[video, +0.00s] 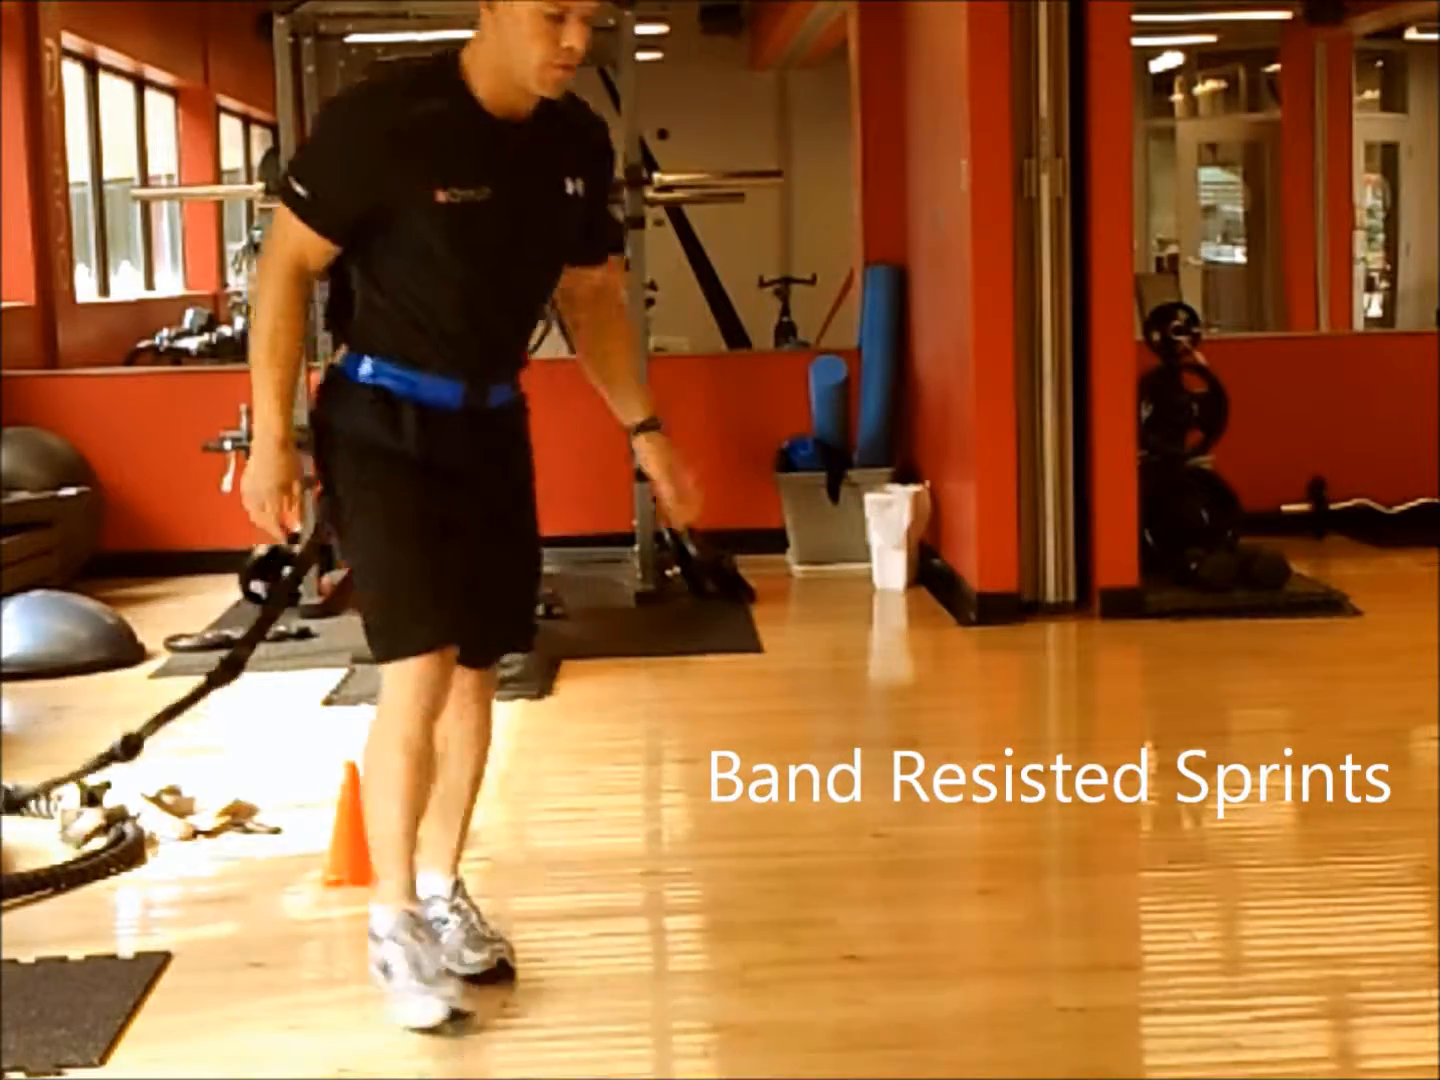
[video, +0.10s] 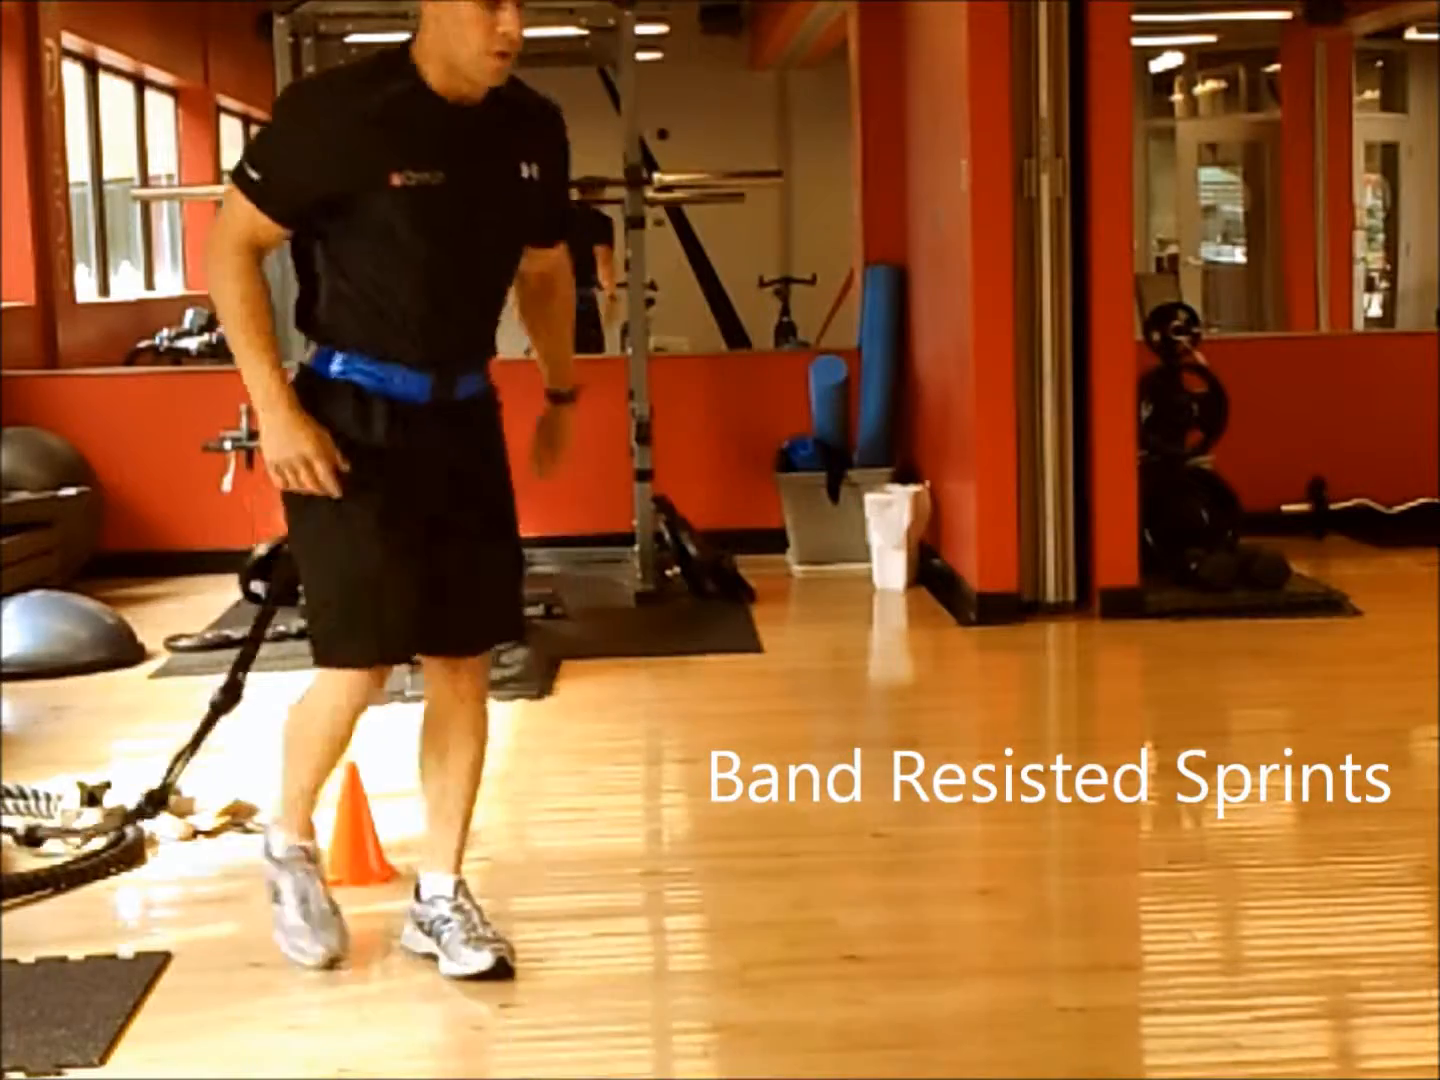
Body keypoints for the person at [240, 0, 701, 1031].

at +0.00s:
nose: (576, 42)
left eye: (589, 24)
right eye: (555, 19)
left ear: (595, 29)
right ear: (491, 11)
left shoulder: (577, 141)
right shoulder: (379, 117)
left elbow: (595, 298)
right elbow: (286, 267)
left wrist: (646, 427)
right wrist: (269, 436)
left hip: (491, 420)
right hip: (381, 415)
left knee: (474, 664)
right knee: (420, 660)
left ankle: (437, 891)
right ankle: (392, 923)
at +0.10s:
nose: (514, 23)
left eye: (520, 5)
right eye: (490, 4)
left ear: (522, 15)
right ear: (429, 11)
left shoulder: (532, 125)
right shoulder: (333, 113)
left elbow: (544, 270)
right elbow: (230, 251)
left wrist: (561, 388)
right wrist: (274, 409)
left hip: (463, 419)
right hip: (347, 416)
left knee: (461, 662)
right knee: (358, 657)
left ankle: (442, 889)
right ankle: (288, 840)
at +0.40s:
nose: (356, 100)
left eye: (368, 79)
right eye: (337, 78)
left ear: (376, 75)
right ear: (277, 63)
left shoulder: (372, 168)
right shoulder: (199, 173)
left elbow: (380, 294)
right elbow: (132, 324)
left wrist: (439, 413)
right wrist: (238, 418)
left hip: (343, 449)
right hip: (224, 460)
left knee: (386, 652)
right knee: (198, 666)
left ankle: (431, 885)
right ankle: (180, 840)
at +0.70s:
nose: (271, 70)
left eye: (280, 49)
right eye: (250, 48)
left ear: (286, 49)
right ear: (191, 42)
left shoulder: (306, 151)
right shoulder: (117, 156)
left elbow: (336, 273)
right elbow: (59, 300)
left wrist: (349, 377)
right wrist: (119, 433)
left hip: (278, 423)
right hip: (168, 430)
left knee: (319, 621)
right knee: (170, 646)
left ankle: (267, 809)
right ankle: (177, 840)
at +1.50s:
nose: (354, 165)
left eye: (368, 147)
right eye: (336, 142)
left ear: (377, 147)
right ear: (282, 129)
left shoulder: (376, 236)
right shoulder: (189, 203)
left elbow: (407, 351)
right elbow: (59, 270)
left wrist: (419, 427)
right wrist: (36, 410)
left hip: (271, 469)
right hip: (171, 455)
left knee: (234, 647)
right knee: (230, 634)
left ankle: (175, 801)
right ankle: (179, 830)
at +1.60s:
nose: (385, 230)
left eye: (396, 208)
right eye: (367, 207)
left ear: (407, 198)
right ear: (309, 187)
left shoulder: (407, 261)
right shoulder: (209, 232)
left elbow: (446, 375)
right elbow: (60, 256)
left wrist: (452, 401)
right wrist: (27, 383)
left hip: (293, 490)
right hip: (191, 472)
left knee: (250, 667)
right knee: (236, 659)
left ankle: (190, 810)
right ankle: (173, 856)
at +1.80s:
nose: (451, 258)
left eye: (463, 235)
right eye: (429, 233)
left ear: (476, 225)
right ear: (367, 214)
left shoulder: (485, 271)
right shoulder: (285, 272)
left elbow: (509, 329)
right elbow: (215, 439)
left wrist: (499, 407)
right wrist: (348, 511)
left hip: (403, 510)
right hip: (274, 517)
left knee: (436, 721)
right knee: (236, 728)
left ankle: (366, 775)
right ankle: (176, 862)